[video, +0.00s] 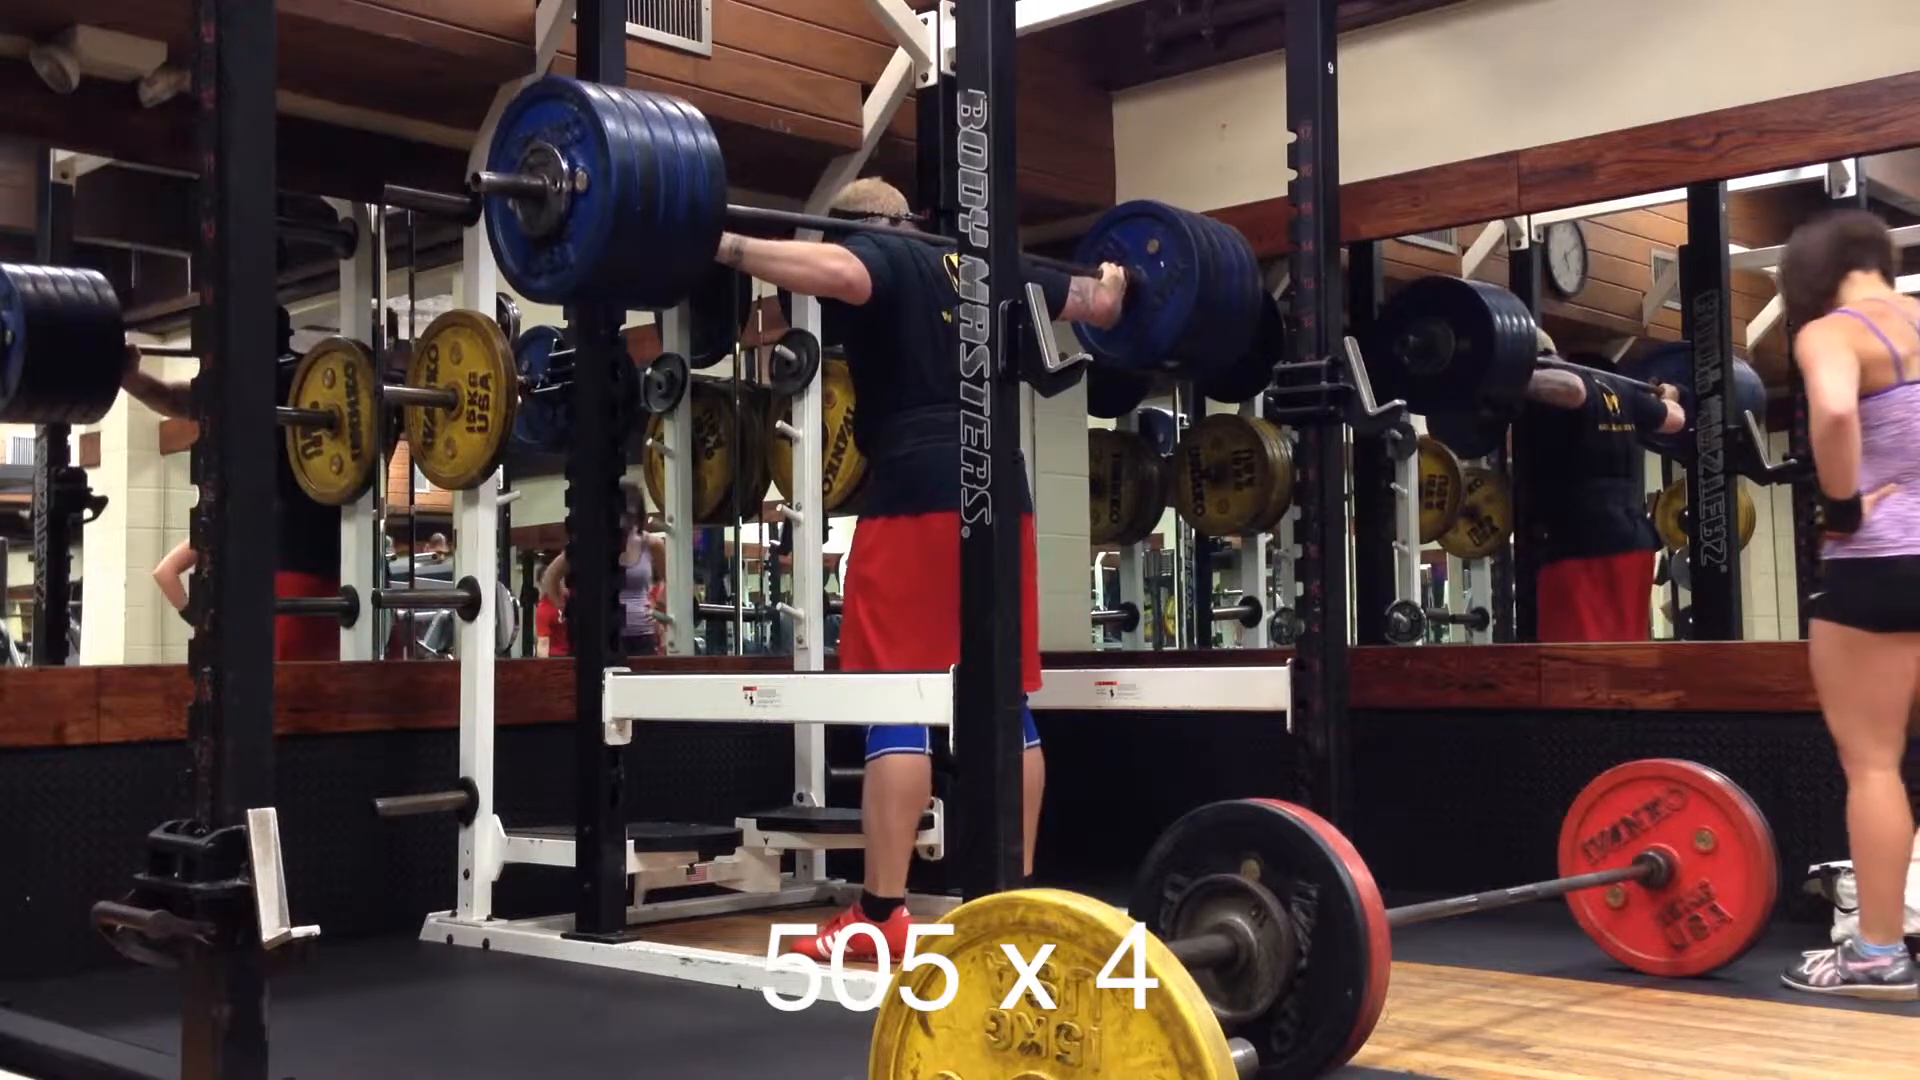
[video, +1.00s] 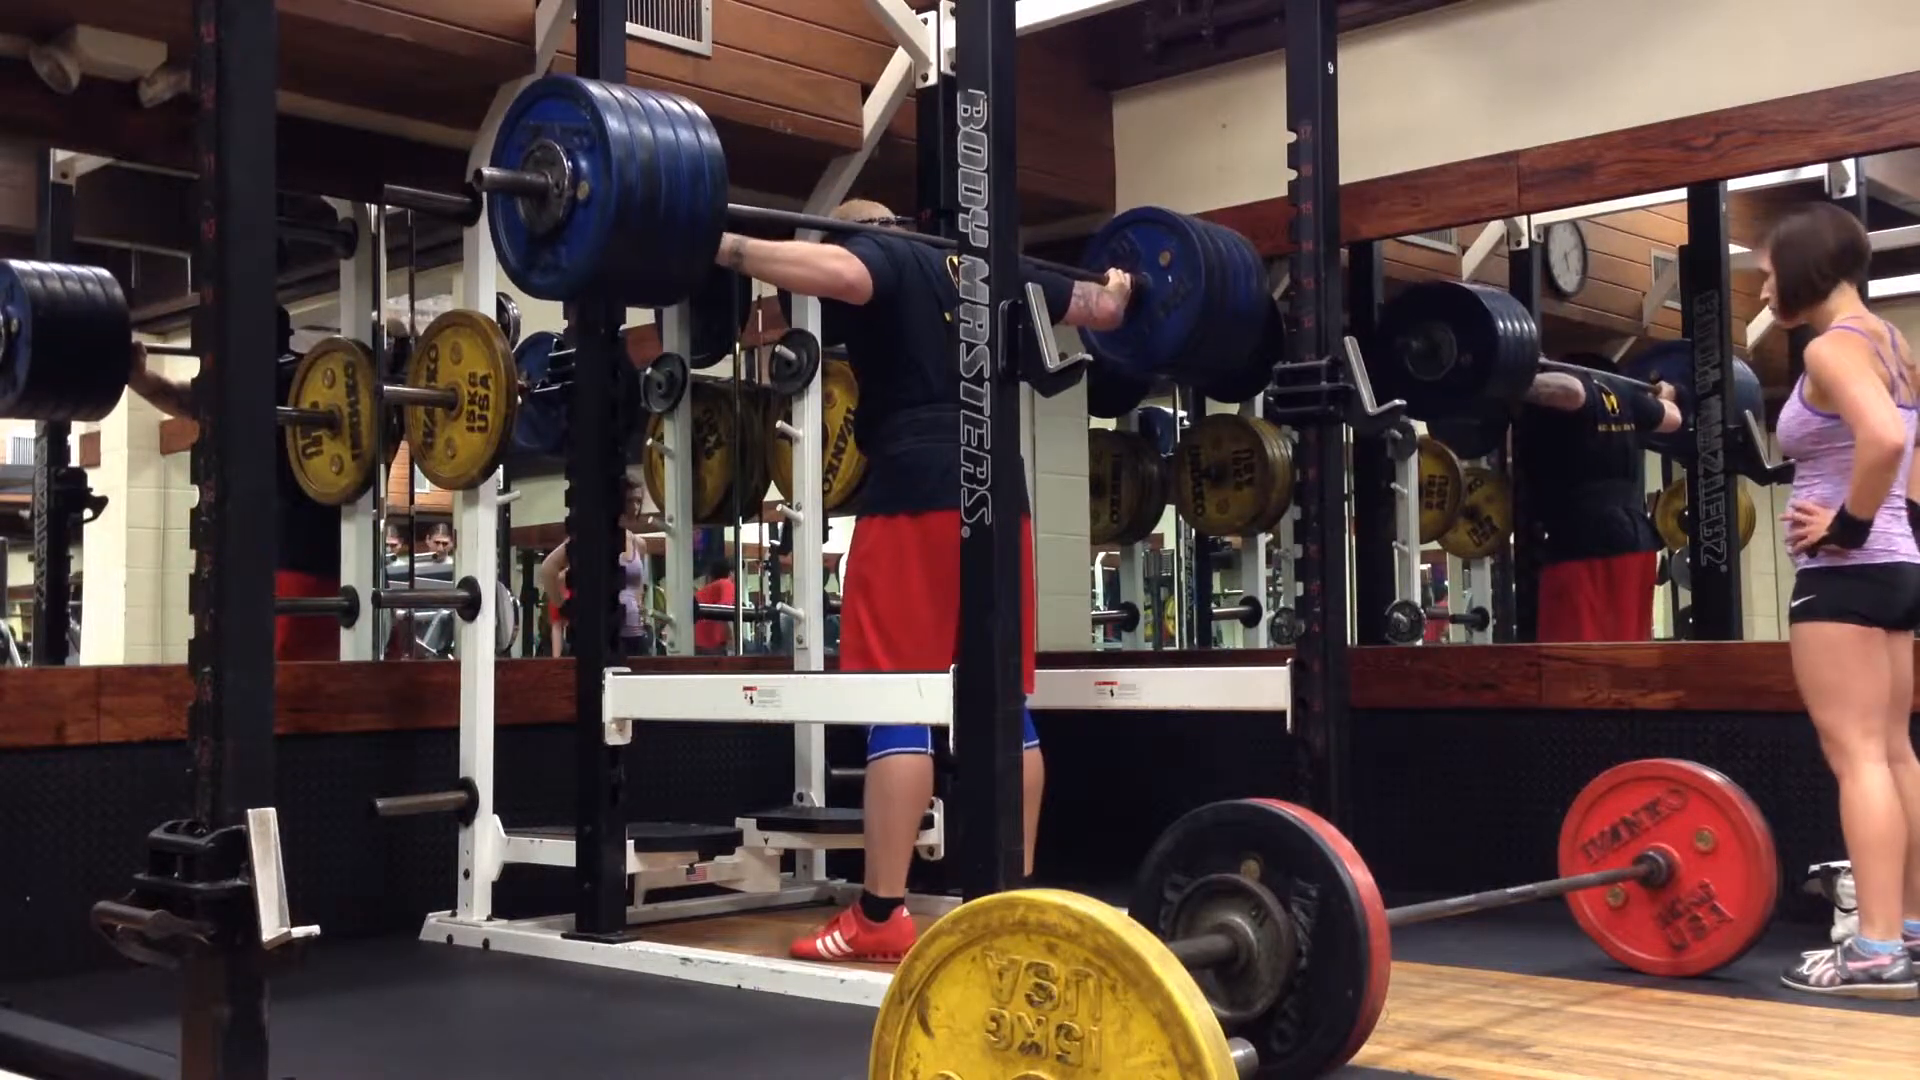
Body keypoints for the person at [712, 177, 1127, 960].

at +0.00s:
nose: (832, 249)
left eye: (833, 235)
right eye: (833, 235)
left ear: (853, 228)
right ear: (908, 216)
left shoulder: (878, 249)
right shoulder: (985, 266)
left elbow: (844, 277)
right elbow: (1095, 301)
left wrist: (728, 244)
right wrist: (1110, 281)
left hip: (917, 500)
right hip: (1004, 502)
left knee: (896, 708)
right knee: (1008, 709)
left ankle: (882, 912)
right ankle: (1014, 901)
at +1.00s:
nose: (835, 250)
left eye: (833, 241)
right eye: (831, 243)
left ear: (856, 232)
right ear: (904, 222)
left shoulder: (878, 249)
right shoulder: (988, 264)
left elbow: (848, 276)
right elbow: (1097, 306)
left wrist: (730, 245)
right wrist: (1120, 284)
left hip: (915, 500)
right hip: (1002, 500)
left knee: (899, 707)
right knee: (1007, 710)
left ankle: (881, 911)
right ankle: (1013, 903)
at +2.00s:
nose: (833, 245)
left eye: (834, 236)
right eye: (831, 238)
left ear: (857, 229)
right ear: (905, 220)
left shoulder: (880, 250)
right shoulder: (988, 267)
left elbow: (835, 264)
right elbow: (1096, 302)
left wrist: (720, 237)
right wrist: (1119, 283)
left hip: (914, 500)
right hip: (1001, 503)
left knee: (894, 707)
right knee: (1006, 710)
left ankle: (881, 910)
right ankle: (1013, 902)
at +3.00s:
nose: (829, 260)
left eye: (830, 246)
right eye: (830, 245)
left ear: (850, 234)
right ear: (902, 220)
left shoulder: (870, 253)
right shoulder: (987, 268)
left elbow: (834, 281)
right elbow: (1093, 304)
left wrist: (721, 252)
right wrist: (1117, 281)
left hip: (918, 505)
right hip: (1009, 506)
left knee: (879, 707)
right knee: (1004, 714)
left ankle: (879, 911)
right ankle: (1012, 902)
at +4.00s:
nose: (842, 381)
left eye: (846, 370)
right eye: (842, 373)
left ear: (866, 364)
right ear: (913, 360)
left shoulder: (870, 397)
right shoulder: (986, 405)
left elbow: (836, 432)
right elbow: (1095, 438)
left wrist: (715, 405)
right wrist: (1112, 413)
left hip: (953, 599)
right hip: (1060, 602)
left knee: (804, 720)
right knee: (1002, 738)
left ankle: (873, 912)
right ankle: (1014, 896)